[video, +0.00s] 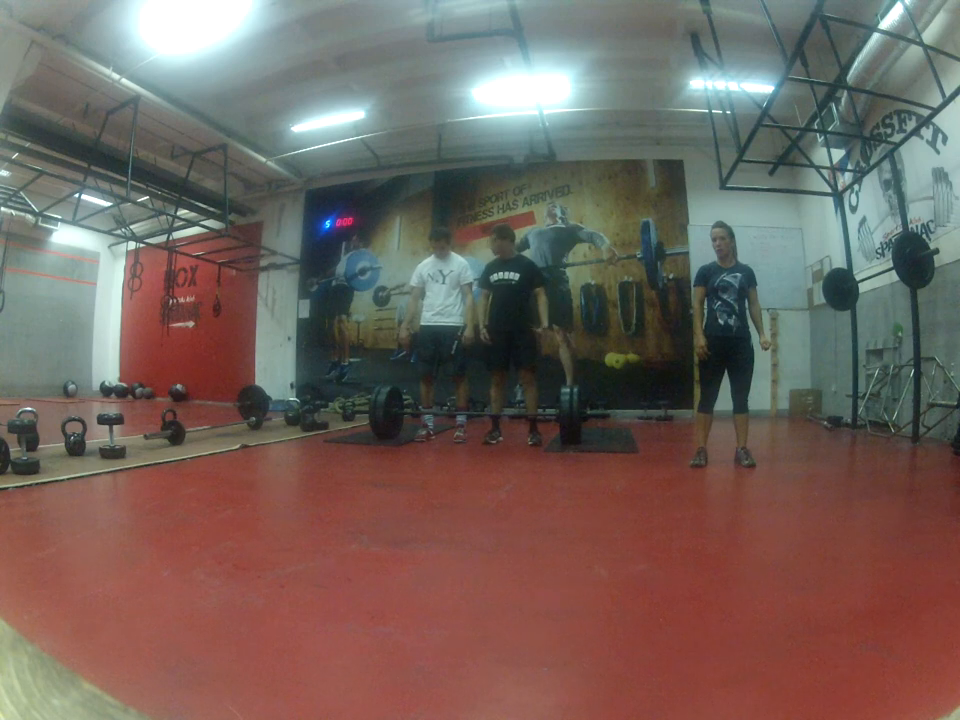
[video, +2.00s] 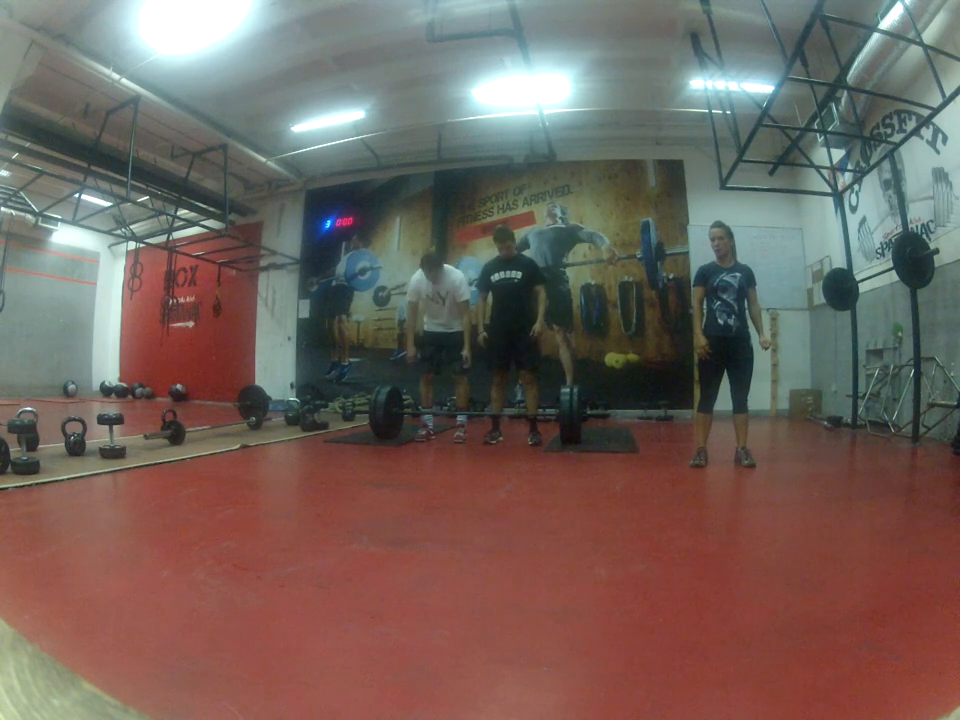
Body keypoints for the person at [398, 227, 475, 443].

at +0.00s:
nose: (439, 249)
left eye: (442, 245)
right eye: (435, 246)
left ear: (449, 243)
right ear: (431, 244)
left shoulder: (460, 264)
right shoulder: (423, 267)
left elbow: (469, 296)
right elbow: (414, 298)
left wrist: (470, 326)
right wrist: (405, 325)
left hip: (455, 328)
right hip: (428, 328)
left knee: (459, 376)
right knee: (426, 376)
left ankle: (461, 426)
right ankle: (427, 425)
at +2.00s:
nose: (431, 277)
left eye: (434, 274)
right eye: (428, 274)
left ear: (441, 267)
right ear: (423, 270)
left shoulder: (456, 277)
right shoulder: (417, 279)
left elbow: (466, 313)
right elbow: (411, 314)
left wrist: (467, 347)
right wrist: (410, 344)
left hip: (455, 330)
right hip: (431, 330)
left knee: (459, 376)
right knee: (426, 376)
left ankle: (461, 425)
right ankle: (427, 425)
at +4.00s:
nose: (428, 287)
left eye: (431, 283)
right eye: (424, 283)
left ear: (437, 276)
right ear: (419, 278)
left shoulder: (454, 282)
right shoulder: (413, 286)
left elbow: (465, 318)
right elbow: (410, 320)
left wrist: (467, 351)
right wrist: (410, 350)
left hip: (454, 332)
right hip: (429, 332)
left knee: (458, 375)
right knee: (425, 376)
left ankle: (461, 424)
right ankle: (426, 425)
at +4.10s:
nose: (427, 299)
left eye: (430, 295)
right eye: (423, 296)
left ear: (436, 287)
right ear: (417, 290)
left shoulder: (453, 293)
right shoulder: (412, 295)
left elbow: (464, 327)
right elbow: (409, 328)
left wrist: (467, 362)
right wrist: (408, 360)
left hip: (452, 333)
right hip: (428, 333)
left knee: (456, 374)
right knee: (423, 375)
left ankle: (459, 425)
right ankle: (426, 425)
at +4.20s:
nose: (427, 318)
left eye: (429, 314)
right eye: (423, 315)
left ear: (435, 308)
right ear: (417, 310)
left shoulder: (452, 312)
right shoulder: (410, 315)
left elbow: (463, 346)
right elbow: (407, 349)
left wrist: (467, 384)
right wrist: (407, 383)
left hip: (452, 340)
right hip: (427, 341)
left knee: (454, 374)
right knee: (422, 376)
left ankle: (459, 426)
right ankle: (426, 426)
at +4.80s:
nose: (429, 299)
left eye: (432, 295)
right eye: (425, 295)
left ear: (438, 291)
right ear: (420, 292)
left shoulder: (453, 303)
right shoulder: (412, 305)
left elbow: (460, 339)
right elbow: (409, 341)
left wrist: (466, 372)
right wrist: (407, 373)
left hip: (450, 336)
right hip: (426, 337)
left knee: (456, 376)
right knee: (423, 376)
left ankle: (458, 426)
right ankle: (427, 425)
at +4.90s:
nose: (429, 272)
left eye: (432, 267)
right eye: (425, 268)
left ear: (438, 265)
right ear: (420, 266)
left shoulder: (454, 284)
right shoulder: (413, 286)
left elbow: (460, 321)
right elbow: (410, 322)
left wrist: (464, 351)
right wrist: (406, 353)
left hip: (451, 329)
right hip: (427, 329)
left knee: (458, 374)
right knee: (425, 377)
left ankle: (459, 425)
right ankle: (427, 426)